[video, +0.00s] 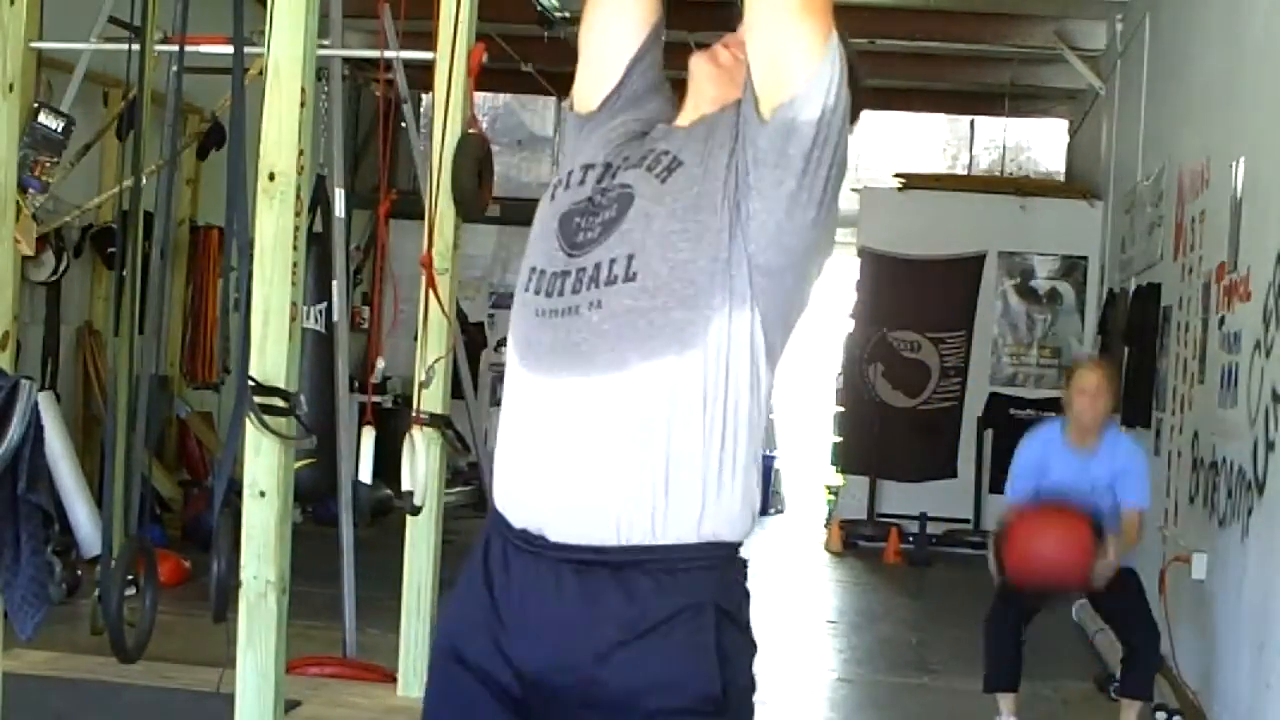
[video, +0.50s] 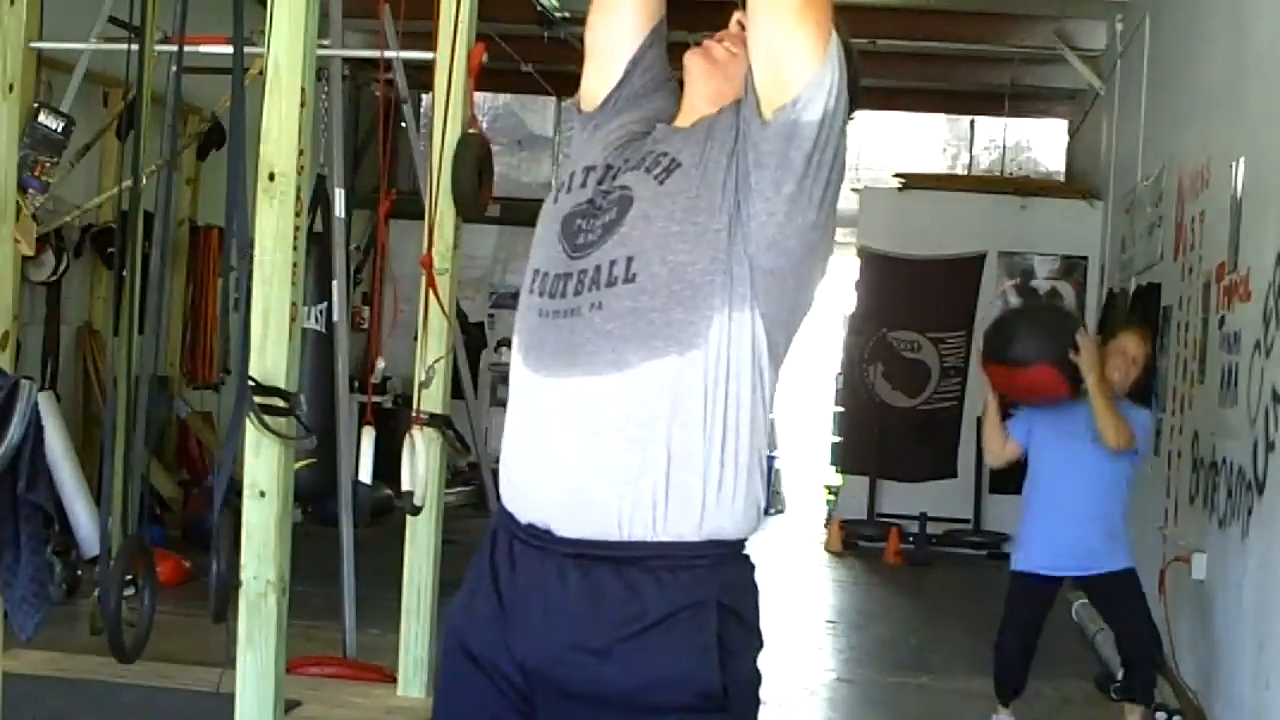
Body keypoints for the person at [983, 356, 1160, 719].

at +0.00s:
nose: (1088, 402)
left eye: (1097, 393)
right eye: (1081, 392)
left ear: (1111, 402)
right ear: (1066, 397)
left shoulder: (1127, 451)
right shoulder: (1037, 442)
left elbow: (1131, 524)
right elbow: (1013, 508)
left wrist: (1111, 556)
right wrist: (1004, 547)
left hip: (1100, 557)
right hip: (1043, 551)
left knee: (1144, 639)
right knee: (1002, 619)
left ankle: (1129, 713)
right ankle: (1007, 713)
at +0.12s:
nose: (1099, 357)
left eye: (1107, 349)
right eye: (1091, 348)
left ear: (1118, 359)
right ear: (1075, 353)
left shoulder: (1133, 410)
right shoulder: (1045, 402)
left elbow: (1140, 479)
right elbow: (1016, 460)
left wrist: (1114, 465)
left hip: (1107, 541)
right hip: (1044, 536)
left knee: (1136, 631)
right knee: (1012, 617)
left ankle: (1130, 713)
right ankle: (1007, 711)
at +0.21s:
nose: (1105, 324)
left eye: (1114, 317)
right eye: (1099, 314)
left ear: (1125, 326)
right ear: (1082, 319)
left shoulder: (1139, 378)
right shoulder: (1055, 370)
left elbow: (1149, 440)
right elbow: (1006, 440)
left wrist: (1113, 396)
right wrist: (991, 402)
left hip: (1112, 516)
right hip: (1048, 513)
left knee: (1130, 615)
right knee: (1022, 609)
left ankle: (1140, 712)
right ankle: (1000, 707)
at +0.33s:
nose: (1116, 323)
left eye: (1125, 319)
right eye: (1110, 314)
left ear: (1133, 331)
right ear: (1091, 317)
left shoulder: (1139, 375)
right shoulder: (1050, 370)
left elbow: (1131, 415)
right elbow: (997, 430)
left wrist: (1106, 353)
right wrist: (991, 367)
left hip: (1110, 517)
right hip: (1046, 516)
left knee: (1131, 619)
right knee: (1024, 612)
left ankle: (1138, 713)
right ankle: (1000, 708)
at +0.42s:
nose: (1118, 341)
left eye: (1129, 336)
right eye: (1112, 331)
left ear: (1136, 348)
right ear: (1094, 332)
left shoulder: (1139, 391)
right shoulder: (1044, 389)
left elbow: (1123, 420)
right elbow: (993, 434)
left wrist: (1101, 355)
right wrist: (991, 370)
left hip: (1108, 534)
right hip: (1044, 531)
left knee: (1133, 632)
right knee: (1022, 623)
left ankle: (1134, 714)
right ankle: (1004, 710)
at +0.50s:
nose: (1125, 367)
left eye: (1136, 362)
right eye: (1120, 355)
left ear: (1142, 372)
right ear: (1100, 353)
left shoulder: (1138, 417)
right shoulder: (1043, 410)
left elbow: (1117, 439)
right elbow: (996, 455)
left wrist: (1091, 372)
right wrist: (993, 393)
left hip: (1104, 559)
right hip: (1038, 557)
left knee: (1142, 644)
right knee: (1013, 643)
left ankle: (1137, 711)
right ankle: (1004, 708)